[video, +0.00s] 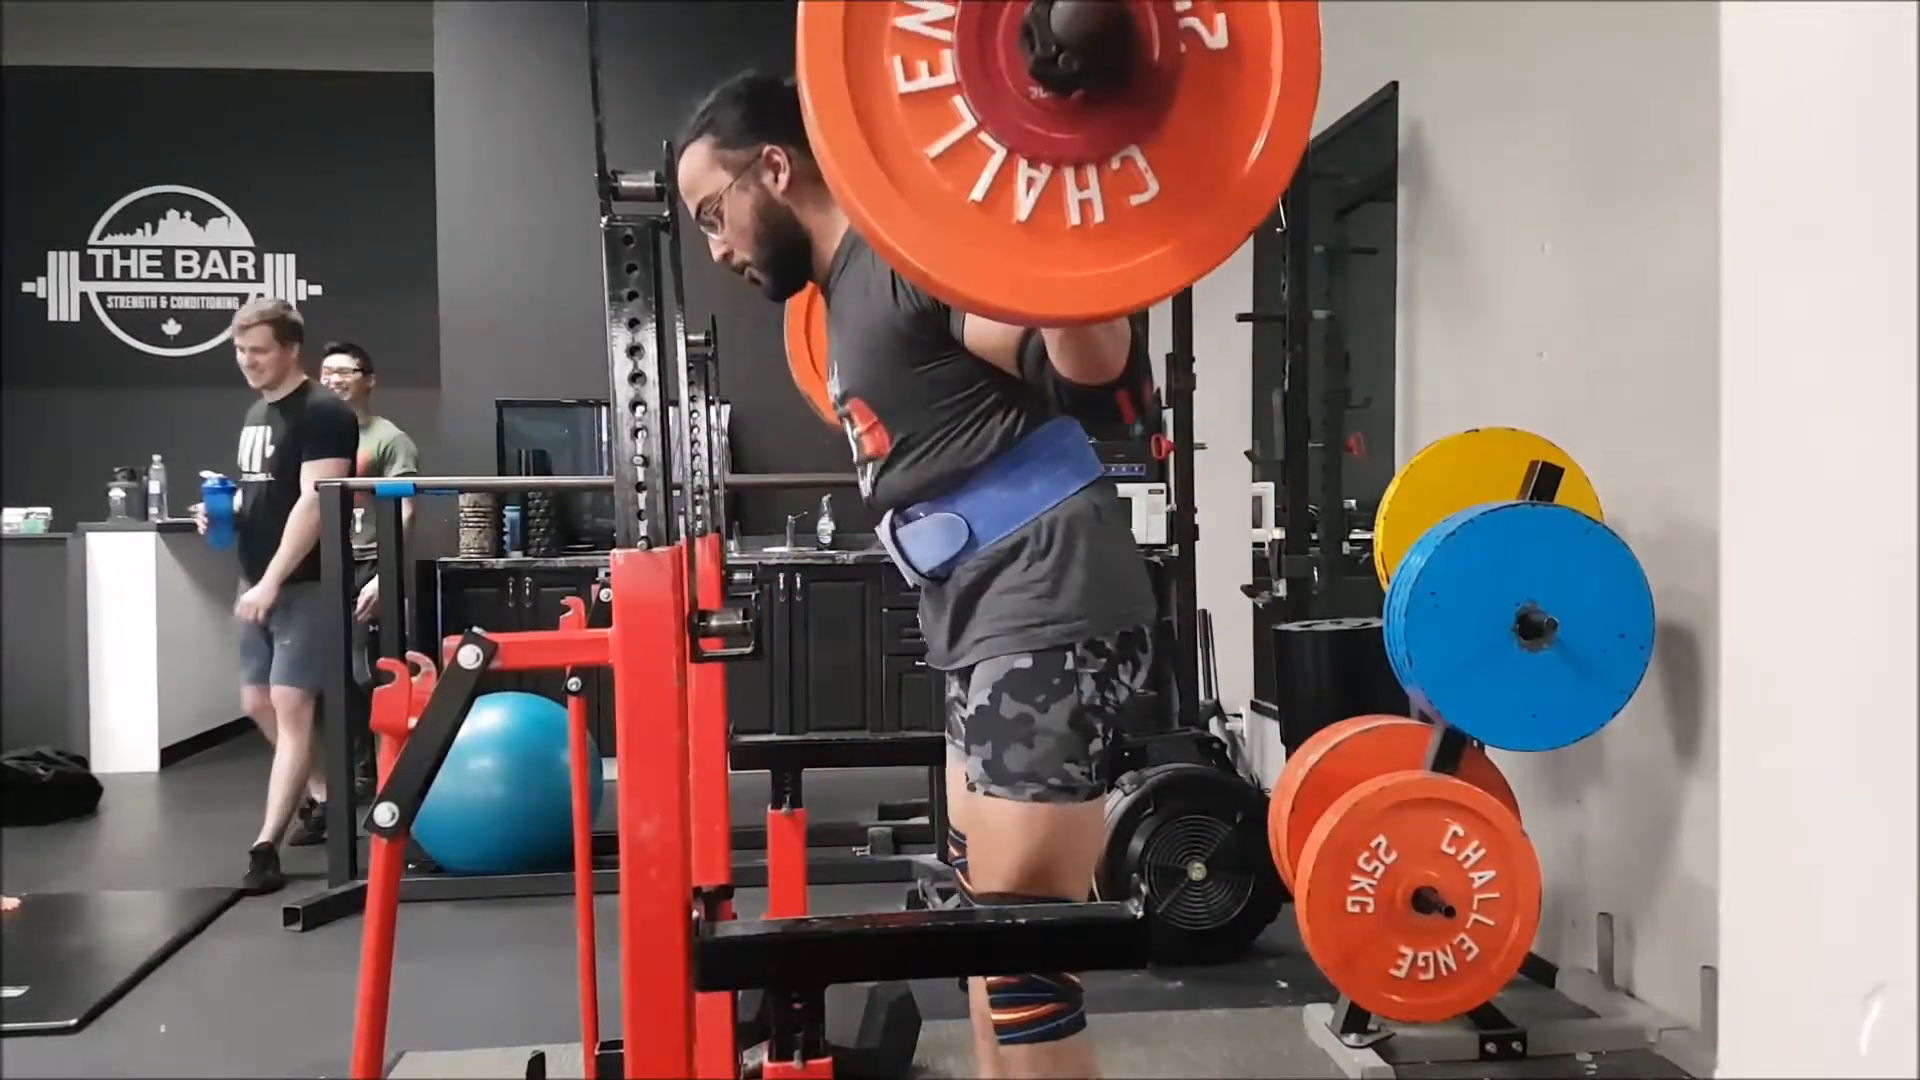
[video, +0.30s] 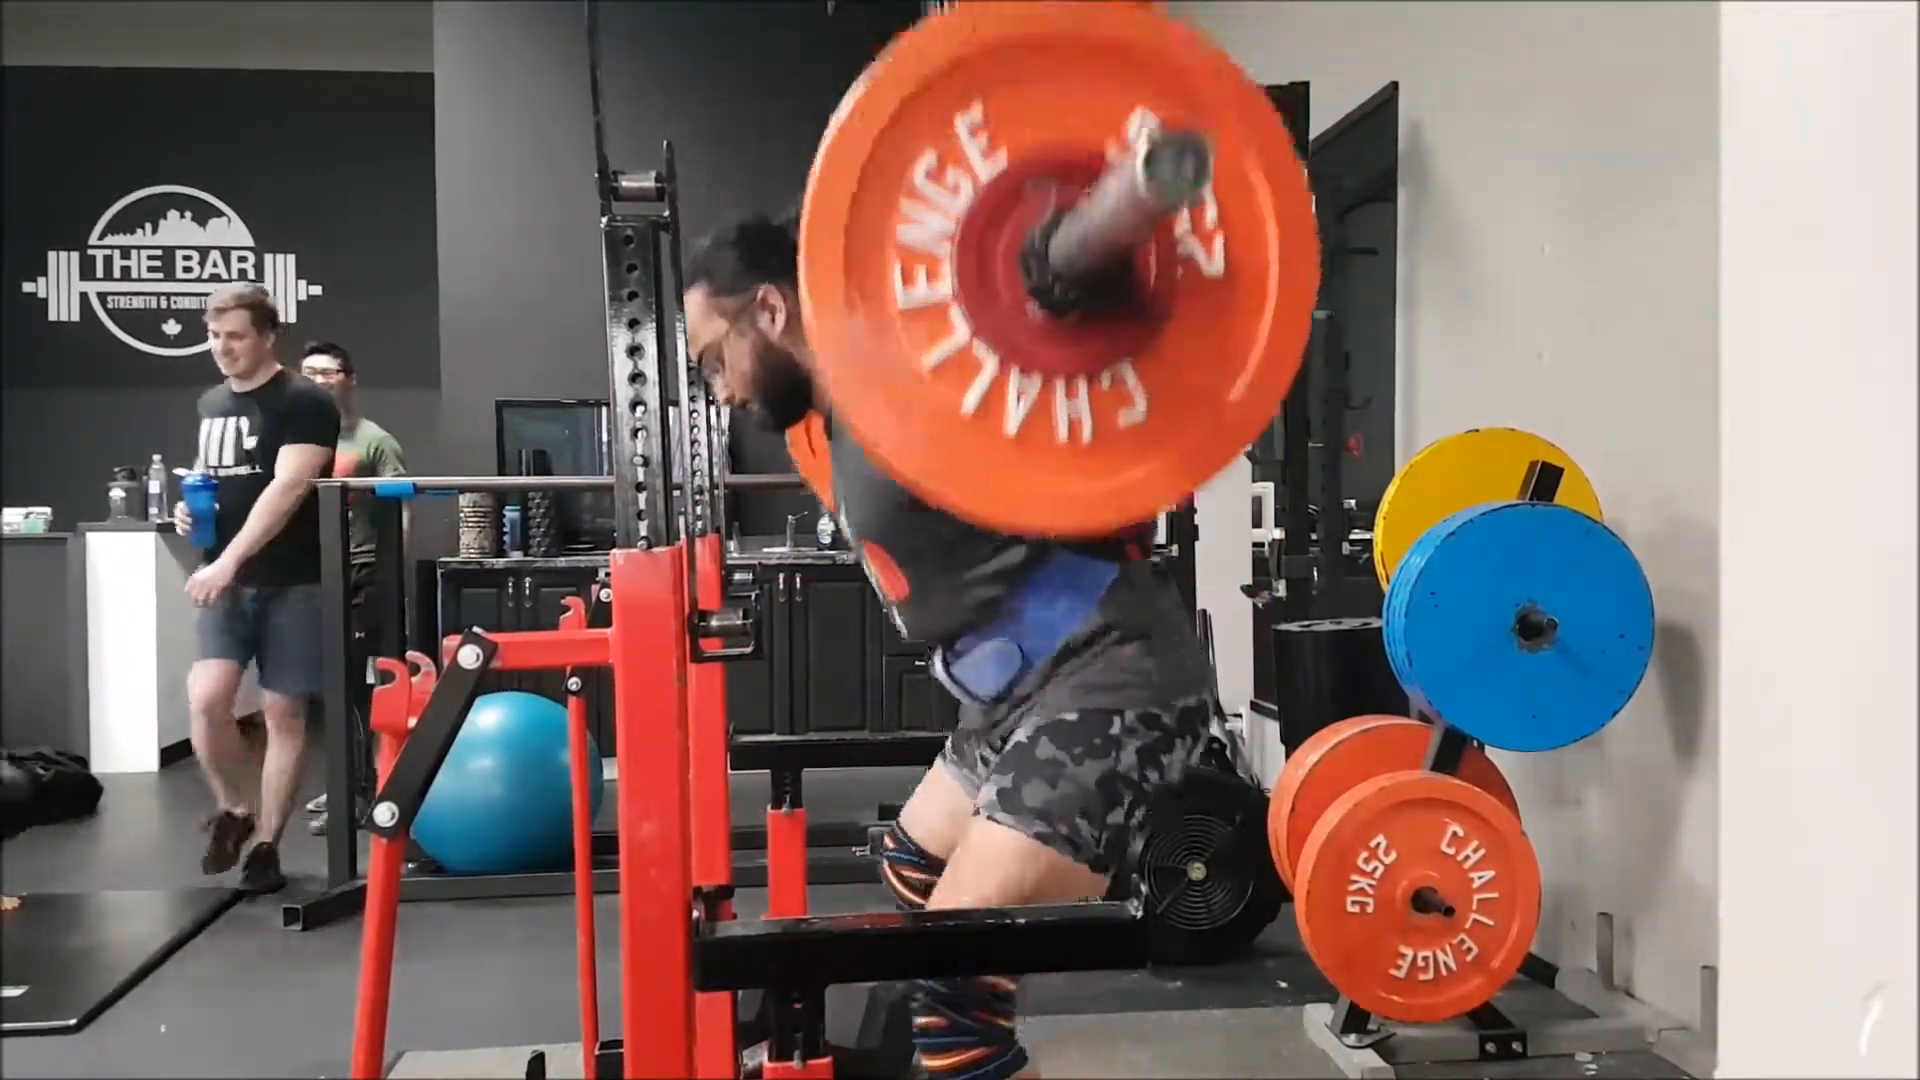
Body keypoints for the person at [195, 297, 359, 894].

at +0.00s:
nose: (247, 361)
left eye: (257, 351)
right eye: (241, 352)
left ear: (292, 350)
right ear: (240, 354)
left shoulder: (326, 413)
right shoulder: (259, 413)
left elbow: (316, 506)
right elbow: (260, 495)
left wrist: (269, 581)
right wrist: (222, 514)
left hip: (309, 584)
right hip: (259, 581)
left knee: (293, 705)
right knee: (257, 701)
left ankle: (266, 844)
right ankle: (321, 795)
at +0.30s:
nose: (223, 348)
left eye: (235, 337)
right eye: (216, 338)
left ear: (268, 338)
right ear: (210, 342)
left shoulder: (308, 402)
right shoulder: (213, 404)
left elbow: (290, 487)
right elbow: (207, 480)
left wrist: (227, 561)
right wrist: (191, 512)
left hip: (291, 580)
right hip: (225, 576)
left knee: (282, 713)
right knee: (208, 700)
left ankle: (267, 843)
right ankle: (234, 808)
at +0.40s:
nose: (214, 348)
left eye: (226, 336)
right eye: (206, 338)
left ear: (259, 336)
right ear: (198, 341)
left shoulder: (304, 401)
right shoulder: (197, 404)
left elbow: (284, 487)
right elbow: (191, 478)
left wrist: (216, 554)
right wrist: (179, 510)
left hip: (287, 586)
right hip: (215, 581)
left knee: (275, 716)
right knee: (208, 704)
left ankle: (263, 849)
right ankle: (215, 857)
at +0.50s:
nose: (200, 350)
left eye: (211, 337)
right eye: (190, 340)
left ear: (245, 333)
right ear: (184, 342)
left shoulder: (295, 401)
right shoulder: (178, 407)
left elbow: (288, 487)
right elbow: (163, 480)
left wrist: (212, 549)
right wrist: (161, 506)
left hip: (279, 590)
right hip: (204, 588)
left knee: (267, 725)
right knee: (210, 724)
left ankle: (260, 848)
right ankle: (207, 877)